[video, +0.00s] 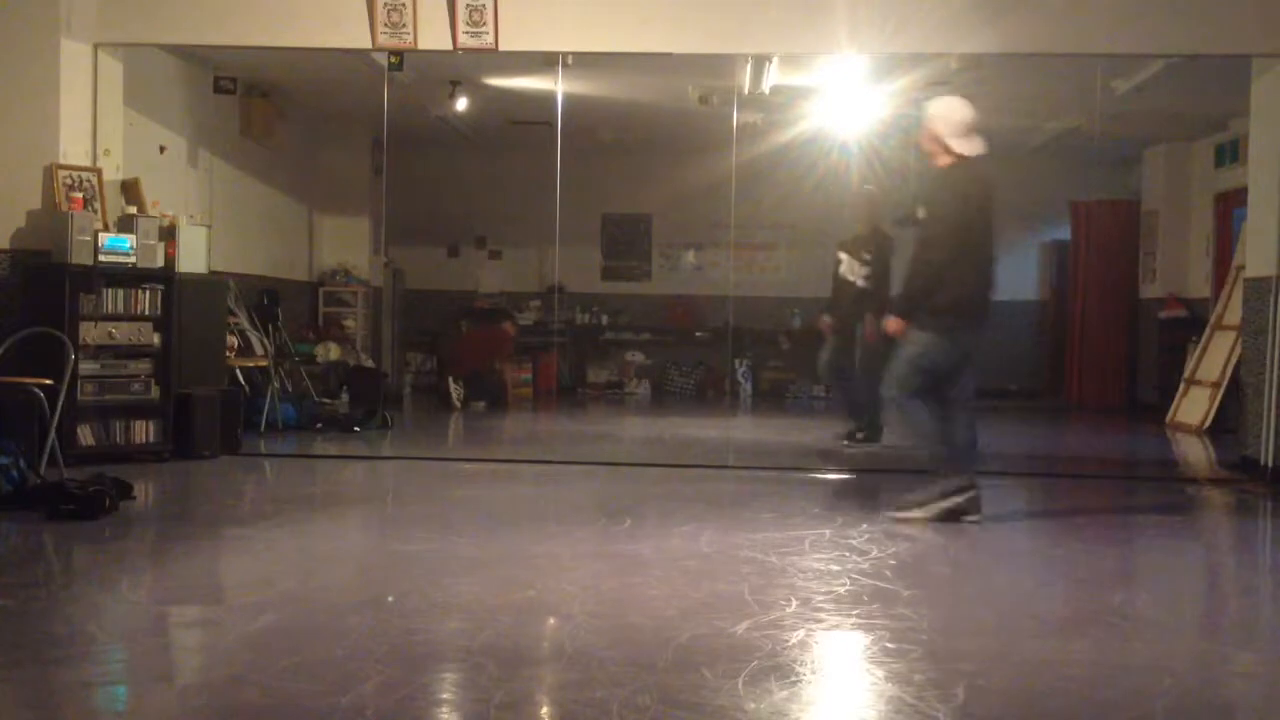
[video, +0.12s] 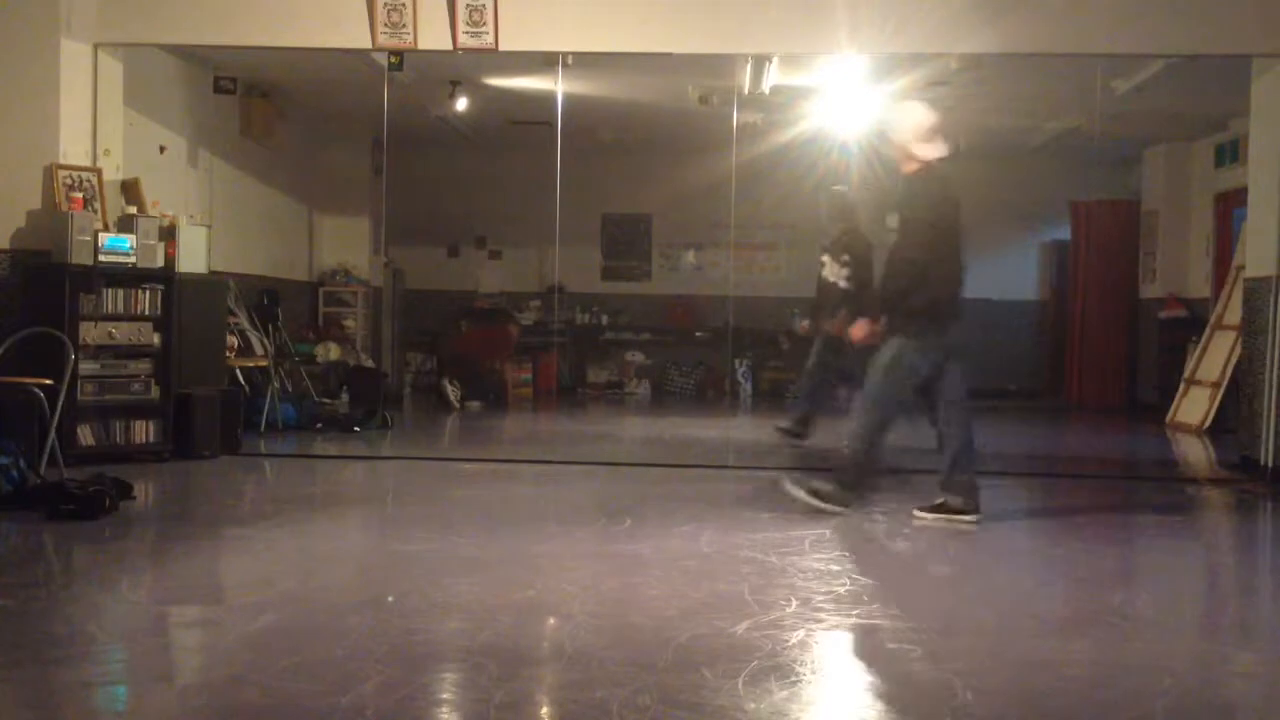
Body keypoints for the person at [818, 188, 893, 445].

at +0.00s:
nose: (860, 214)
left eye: (864, 208)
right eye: (857, 208)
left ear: (874, 210)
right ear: (852, 211)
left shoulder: (881, 241)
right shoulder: (845, 243)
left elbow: (880, 281)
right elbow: (838, 283)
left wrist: (874, 314)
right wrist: (829, 310)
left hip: (868, 313)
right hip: (844, 313)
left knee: (866, 367)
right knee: (834, 364)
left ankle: (871, 425)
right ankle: (859, 419)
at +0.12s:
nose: (830, 217)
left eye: (835, 211)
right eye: (828, 211)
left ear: (845, 212)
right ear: (826, 213)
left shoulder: (858, 243)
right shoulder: (829, 243)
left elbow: (862, 285)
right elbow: (823, 285)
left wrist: (847, 315)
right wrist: (813, 316)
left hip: (846, 316)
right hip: (827, 314)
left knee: (816, 365)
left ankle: (802, 420)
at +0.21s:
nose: (814, 218)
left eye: (819, 212)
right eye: (814, 212)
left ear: (829, 214)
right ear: (819, 214)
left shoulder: (841, 243)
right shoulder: (820, 244)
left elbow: (848, 288)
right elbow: (810, 290)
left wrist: (832, 318)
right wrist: (800, 326)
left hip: (832, 317)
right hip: (816, 316)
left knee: (803, 367)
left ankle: (782, 422)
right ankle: (866, 419)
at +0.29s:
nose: (798, 219)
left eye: (802, 213)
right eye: (797, 213)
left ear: (814, 215)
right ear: (806, 215)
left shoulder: (822, 243)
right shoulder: (810, 242)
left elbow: (832, 282)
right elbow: (807, 283)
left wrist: (819, 317)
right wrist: (798, 314)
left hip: (816, 315)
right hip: (808, 314)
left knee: (790, 366)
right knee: (835, 370)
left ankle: (776, 426)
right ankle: (865, 420)